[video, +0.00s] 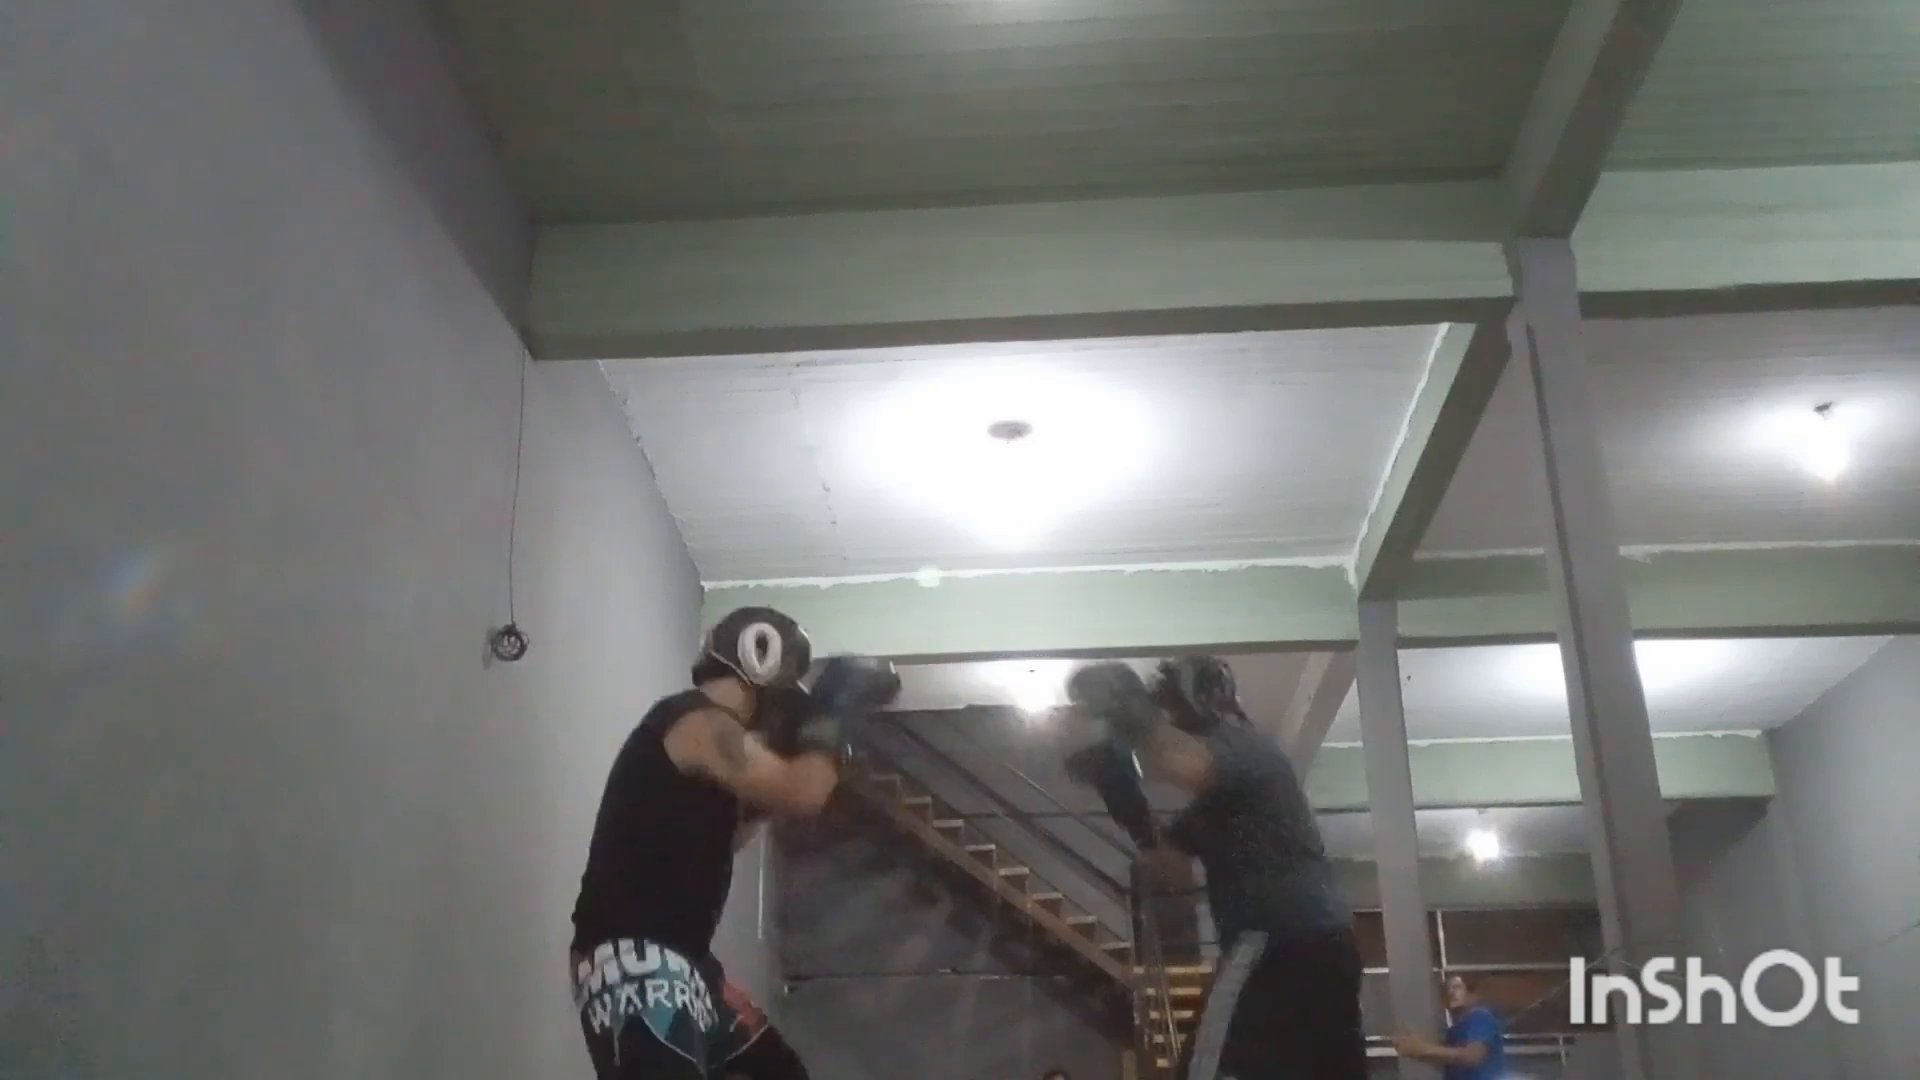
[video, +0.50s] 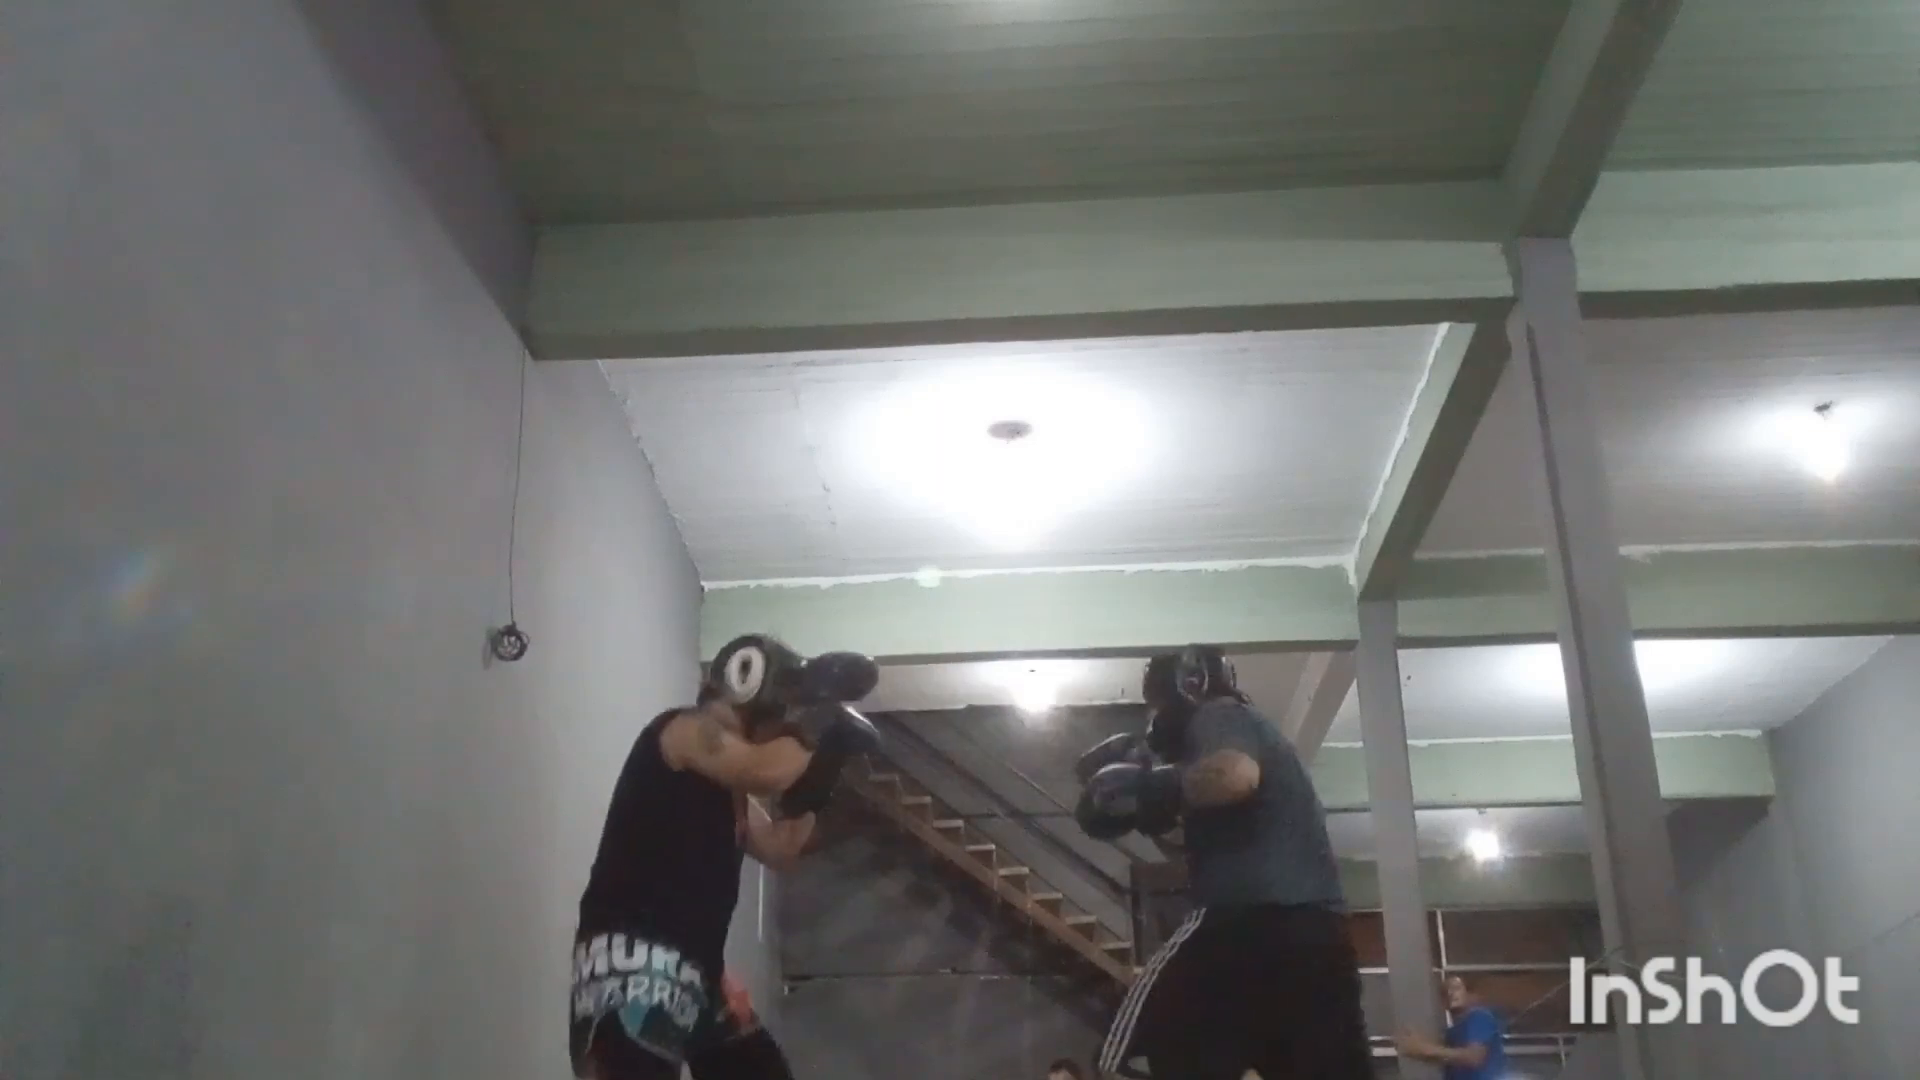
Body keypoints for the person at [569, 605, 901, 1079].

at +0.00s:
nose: (791, 690)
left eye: (793, 679)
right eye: (790, 674)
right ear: (762, 654)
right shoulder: (698, 721)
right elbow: (802, 793)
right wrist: (833, 715)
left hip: (682, 960)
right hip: (637, 958)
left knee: (779, 1070)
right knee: (664, 1068)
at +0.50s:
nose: (788, 725)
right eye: (785, 705)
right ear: (750, 682)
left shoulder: (724, 782)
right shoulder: (687, 730)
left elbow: (780, 848)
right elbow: (768, 770)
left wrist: (826, 766)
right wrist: (815, 726)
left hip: (695, 968)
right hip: (638, 958)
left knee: (759, 1071)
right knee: (638, 1068)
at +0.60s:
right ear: (740, 703)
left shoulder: (733, 802)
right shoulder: (673, 752)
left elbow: (793, 856)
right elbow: (739, 783)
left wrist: (814, 773)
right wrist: (797, 729)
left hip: (697, 989)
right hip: (635, 974)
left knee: (733, 1066)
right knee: (637, 1065)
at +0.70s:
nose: (785, 725)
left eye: (790, 716)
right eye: (782, 712)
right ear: (742, 703)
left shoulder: (750, 809)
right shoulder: (664, 764)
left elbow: (806, 872)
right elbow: (708, 808)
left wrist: (835, 789)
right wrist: (768, 748)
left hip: (709, 998)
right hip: (644, 978)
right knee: (634, 1065)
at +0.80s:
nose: (783, 736)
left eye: (791, 722)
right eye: (778, 716)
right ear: (742, 711)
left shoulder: (758, 805)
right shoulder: (664, 766)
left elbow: (798, 880)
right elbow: (703, 814)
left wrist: (844, 818)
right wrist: (758, 747)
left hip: (720, 997)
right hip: (645, 980)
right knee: (636, 1067)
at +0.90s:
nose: (776, 736)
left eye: (783, 725)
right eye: (767, 716)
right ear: (729, 705)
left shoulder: (753, 803)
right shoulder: (660, 767)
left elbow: (790, 881)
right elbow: (698, 810)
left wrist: (831, 821)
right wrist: (750, 747)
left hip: (722, 996)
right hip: (649, 982)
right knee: (626, 1067)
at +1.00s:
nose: (757, 735)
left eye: (765, 723)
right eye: (750, 721)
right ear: (716, 716)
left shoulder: (745, 810)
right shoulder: (648, 781)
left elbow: (773, 878)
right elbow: (691, 819)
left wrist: (809, 840)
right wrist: (735, 755)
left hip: (716, 1010)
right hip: (641, 1009)